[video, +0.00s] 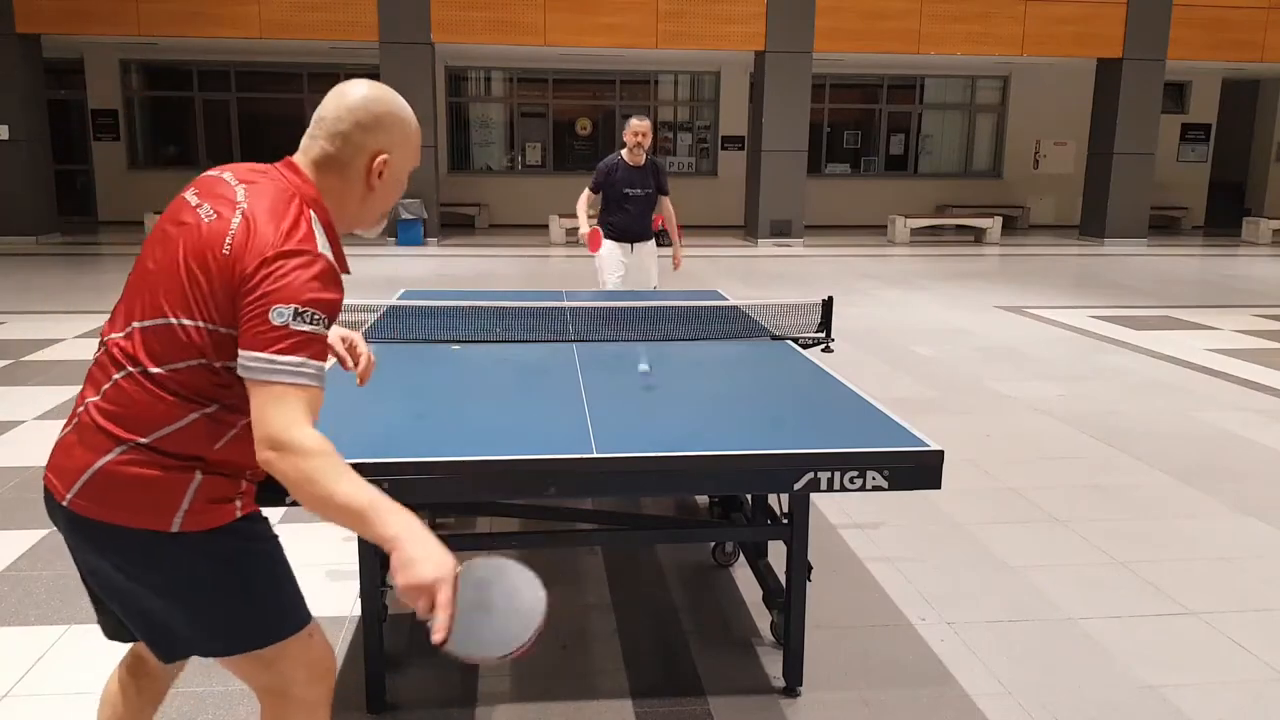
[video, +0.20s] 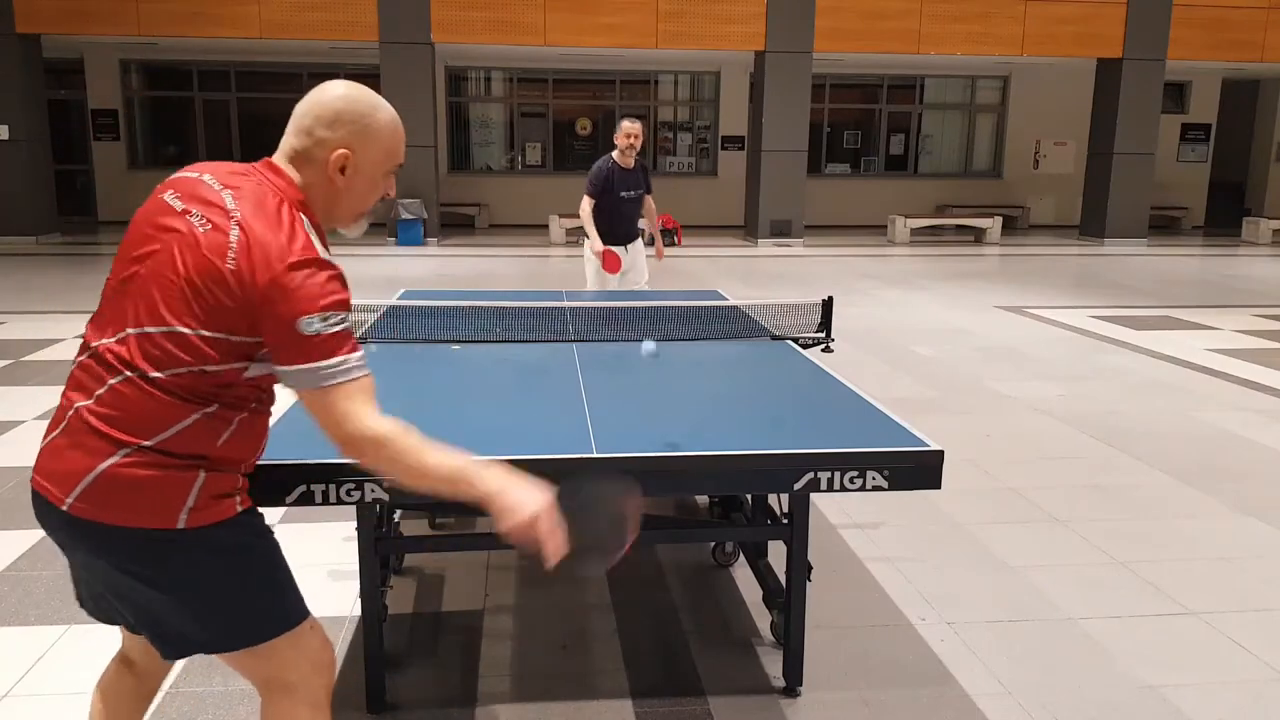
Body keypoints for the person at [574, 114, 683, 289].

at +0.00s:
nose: (639, 140)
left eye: (644, 135)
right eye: (634, 135)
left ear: (651, 138)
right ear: (625, 136)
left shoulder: (656, 168)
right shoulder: (609, 166)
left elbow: (666, 206)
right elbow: (584, 199)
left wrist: (676, 246)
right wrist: (583, 226)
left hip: (645, 245)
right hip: (611, 245)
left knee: (647, 301)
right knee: (612, 299)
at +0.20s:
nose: (632, 142)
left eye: (636, 137)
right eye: (627, 137)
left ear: (641, 140)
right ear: (616, 139)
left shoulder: (641, 168)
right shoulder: (602, 168)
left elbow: (647, 204)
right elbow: (584, 208)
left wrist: (657, 239)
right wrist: (595, 242)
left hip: (634, 248)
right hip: (603, 250)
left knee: (639, 302)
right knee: (602, 307)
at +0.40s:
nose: (630, 142)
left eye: (635, 137)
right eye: (625, 136)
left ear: (640, 140)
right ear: (614, 137)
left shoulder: (635, 165)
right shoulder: (601, 165)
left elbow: (635, 201)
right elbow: (585, 207)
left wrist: (641, 235)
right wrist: (599, 244)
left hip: (624, 242)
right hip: (597, 242)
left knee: (630, 294)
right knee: (588, 297)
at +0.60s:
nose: (637, 150)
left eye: (641, 146)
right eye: (632, 145)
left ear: (645, 146)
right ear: (620, 144)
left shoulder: (639, 171)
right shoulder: (606, 172)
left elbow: (639, 206)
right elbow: (586, 209)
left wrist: (644, 241)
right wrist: (605, 242)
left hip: (626, 247)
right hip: (599, 247)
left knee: (626, 300)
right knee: (600, 301)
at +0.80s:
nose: (656, 172)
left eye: (660, 167)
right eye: (652, 165)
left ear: (663, 167)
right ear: (639, 161)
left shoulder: (650, 183)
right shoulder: (622, 184)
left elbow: (649, 213)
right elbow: (615, 231)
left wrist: (658, 249)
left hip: (628, 241)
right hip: (603, 240)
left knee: (630, 288)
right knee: (629, 284)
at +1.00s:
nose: (672, 204)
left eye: (677, 199)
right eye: (669, 197)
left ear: (680, 197)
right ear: (657, 187)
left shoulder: (657, 199)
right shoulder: (635, 208)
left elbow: (659, 224)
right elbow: (629, 254)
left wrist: (668, 253)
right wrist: (657, 272)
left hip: (636, 251)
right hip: (613, 252)